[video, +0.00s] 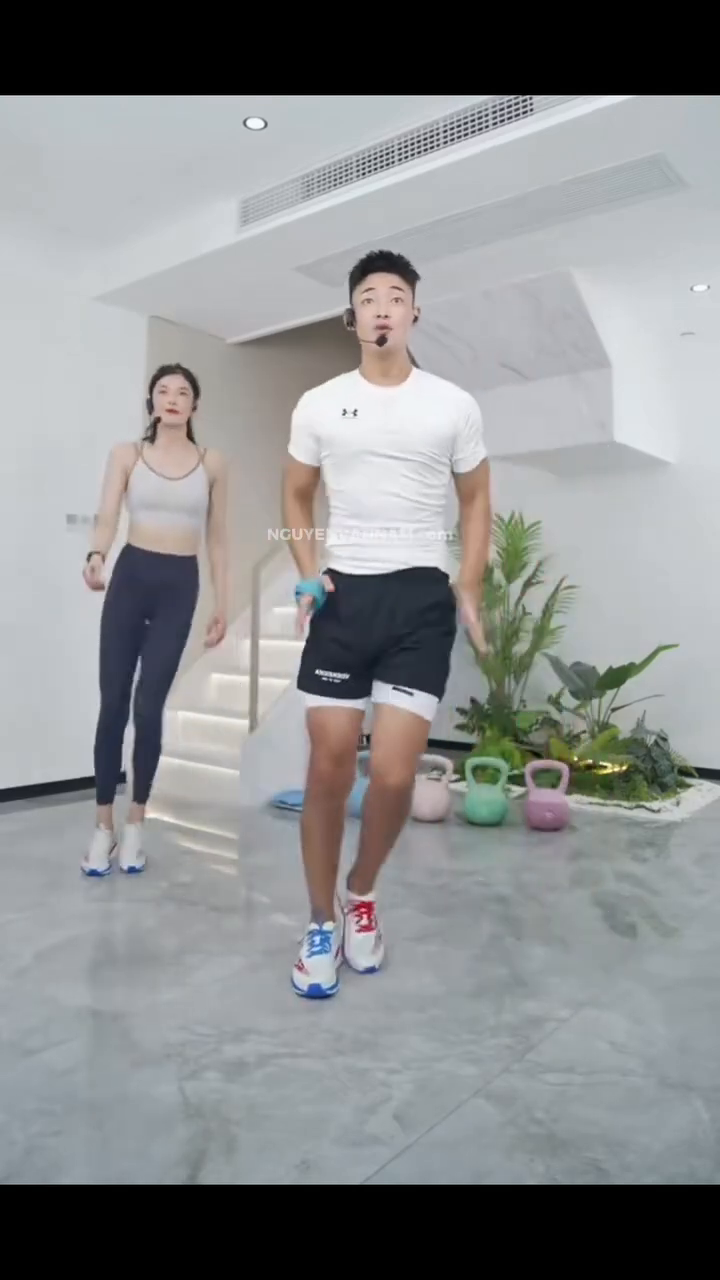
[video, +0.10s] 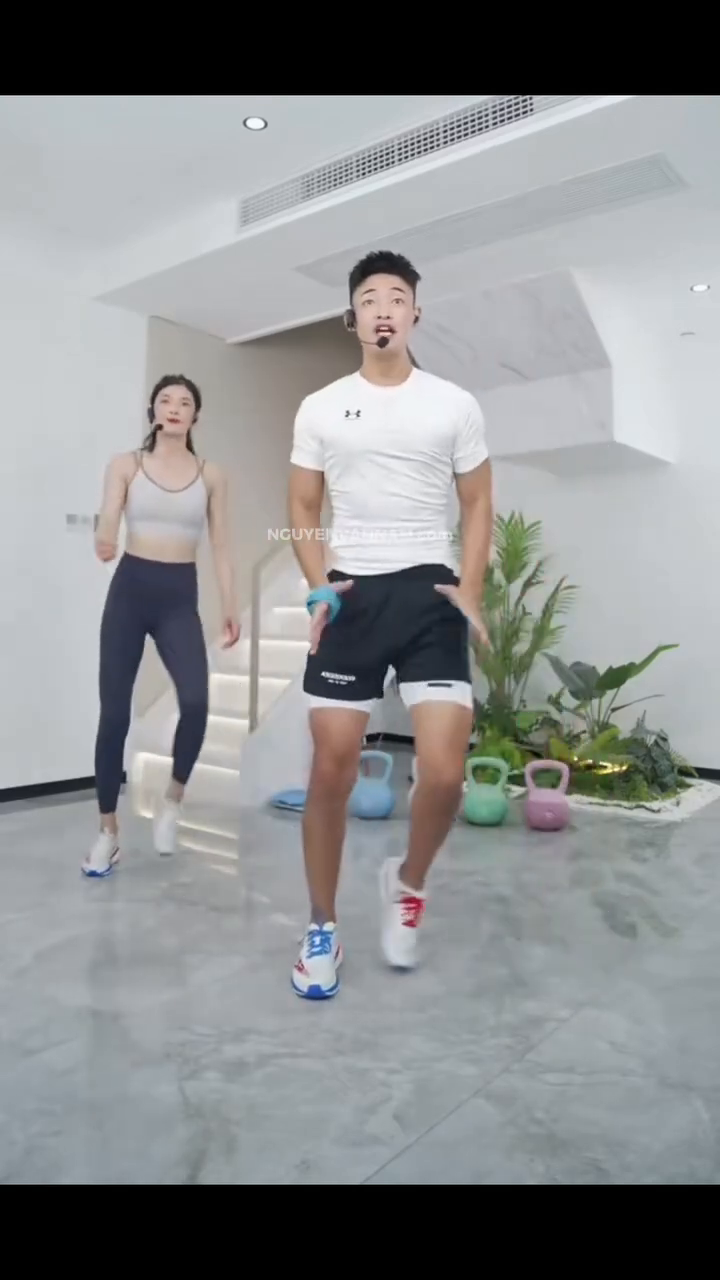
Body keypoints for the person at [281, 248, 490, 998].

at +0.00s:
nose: (381, 310)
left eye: (395, 299)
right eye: (369, 300)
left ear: (415, 315)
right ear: (353, 317)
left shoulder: (454, 407)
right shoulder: (319, 406)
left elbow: (477, 504)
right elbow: (297, 499)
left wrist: (469, 587)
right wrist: (311, 577)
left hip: (423, 600)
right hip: (342, 598)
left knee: (394, 777)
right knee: (329, 759)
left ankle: (360, 892)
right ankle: (321, 925)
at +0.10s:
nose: (382, 311)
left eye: (395, 300)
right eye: (370, 301)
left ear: (415, 314)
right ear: (353, 317)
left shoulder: (455, 406)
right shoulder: (320, 409)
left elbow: (479, 507)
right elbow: (303, 514)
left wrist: (470, 591)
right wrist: (321, 586)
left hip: (433, 596)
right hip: (349, 597)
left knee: (443, 775)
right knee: (334, 760)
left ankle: (409, 885)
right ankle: (321, 928)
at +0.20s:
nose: (393, 307)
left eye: (405, 295)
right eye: (380, 297)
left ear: (426, 309)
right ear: (361, 316)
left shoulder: (466, 404)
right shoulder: (330, 408)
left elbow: (488, 500)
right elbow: (312, 512)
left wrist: (487, 580)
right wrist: (328, 578)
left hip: (447, 597)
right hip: (360, 602)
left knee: (490, 768)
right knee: (340, 767)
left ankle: (480, 898)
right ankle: (322, 928)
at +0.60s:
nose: (487, 316)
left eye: (501, 304)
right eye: (473, 305)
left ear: (520, 317)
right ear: (456, 323)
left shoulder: (560, 407)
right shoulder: (425, 412)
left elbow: (588, 503)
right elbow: (409, 515)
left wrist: (581, 579)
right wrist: (416, 564)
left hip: (539, 602)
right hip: (454, 601)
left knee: (549, 776)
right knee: (406, 753)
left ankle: (561, 929)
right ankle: (393, 896)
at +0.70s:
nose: (498, 314)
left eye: (511, 302)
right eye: (485, 303)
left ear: (530, 315)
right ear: (467, 320)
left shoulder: (570, 406)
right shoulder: (436, 412)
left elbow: (597, 501)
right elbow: (418, 516)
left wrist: (589, 575)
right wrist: (430, 564)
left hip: (547, 600)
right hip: (465, 599)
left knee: (553, 776)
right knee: (439, 759)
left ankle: (563, 928)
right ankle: (461, 885)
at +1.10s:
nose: (486, 316)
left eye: (498, 304)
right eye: (473, 306)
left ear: (518, 319)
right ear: (456, 322)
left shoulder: (557, 410)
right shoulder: (422, 411)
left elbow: (579, 506)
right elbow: (403, 508)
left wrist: (564, 579)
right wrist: (409, 543)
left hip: (529, 603)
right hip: (445, 603)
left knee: (547, 777)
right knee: (399, 768)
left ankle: (562, 929)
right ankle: (377, 913)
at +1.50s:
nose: (405, 313)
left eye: (419, 301)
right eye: (391, 302)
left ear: (438, 317)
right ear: (374, 320)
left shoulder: (476, 407)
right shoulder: (338, 404)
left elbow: (499, 494)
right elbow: (316, 492)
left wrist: (490, 555)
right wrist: (316, 542)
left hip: (442, 599)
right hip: (359, 600)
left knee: (471, 768)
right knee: (343, 766)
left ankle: (457, 890)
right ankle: (331, 936)